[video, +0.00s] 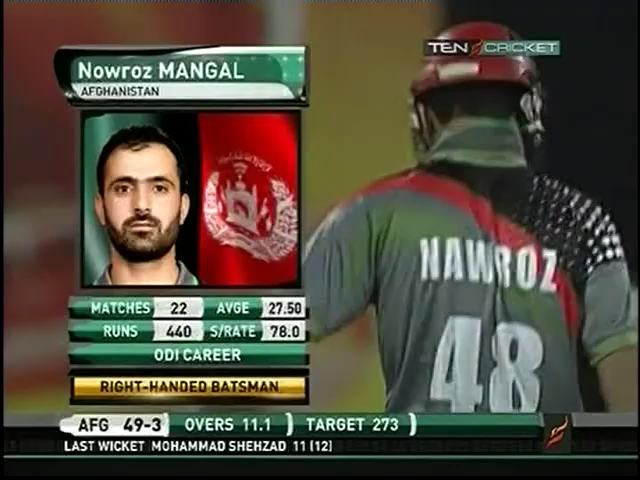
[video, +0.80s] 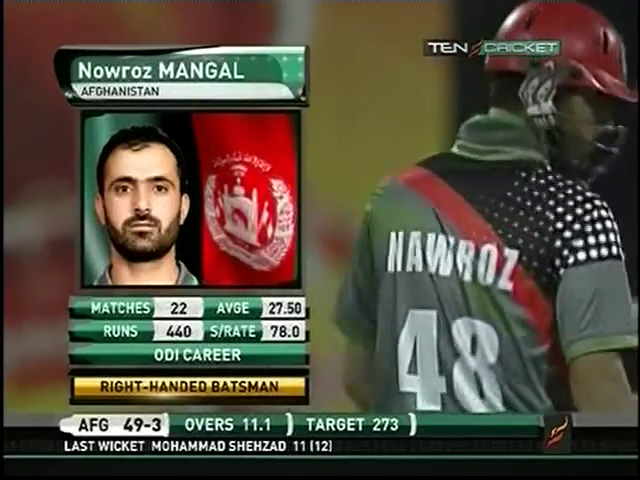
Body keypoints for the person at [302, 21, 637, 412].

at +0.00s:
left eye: (415, 112)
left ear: (424, 118)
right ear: (529, 111)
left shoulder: (379, 211)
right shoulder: (582, 220)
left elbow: (280, 328)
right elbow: (625, 379)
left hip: (423, 453)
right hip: (550, 456)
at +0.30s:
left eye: (415, 112)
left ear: (424, 118)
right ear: (529, 111)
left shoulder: (379, 211)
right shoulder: (582, 220)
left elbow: (280, 328)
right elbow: (625, 379)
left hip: (423, 453)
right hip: (550, 456)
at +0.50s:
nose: (568, 152)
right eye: (563, 129)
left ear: (455, 122)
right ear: (535, 120)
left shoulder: (374, 222)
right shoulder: (577, 239)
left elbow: (293, 367)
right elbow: (609, 409)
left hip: (405, 465)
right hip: (532, 469)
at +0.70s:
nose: (590, 130)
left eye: (592, 110)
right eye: (584, 107)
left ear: (491, 91)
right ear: (546, 99)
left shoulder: (381, 199)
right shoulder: (583, 220)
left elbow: (338, 383)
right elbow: (602, 392)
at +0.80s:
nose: (606, 126)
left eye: (606, 108)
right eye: (594, 105)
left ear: (497, 91)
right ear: (544, 98)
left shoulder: (397, 195)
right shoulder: (574, 210)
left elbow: (359, 376)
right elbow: (599, 386)